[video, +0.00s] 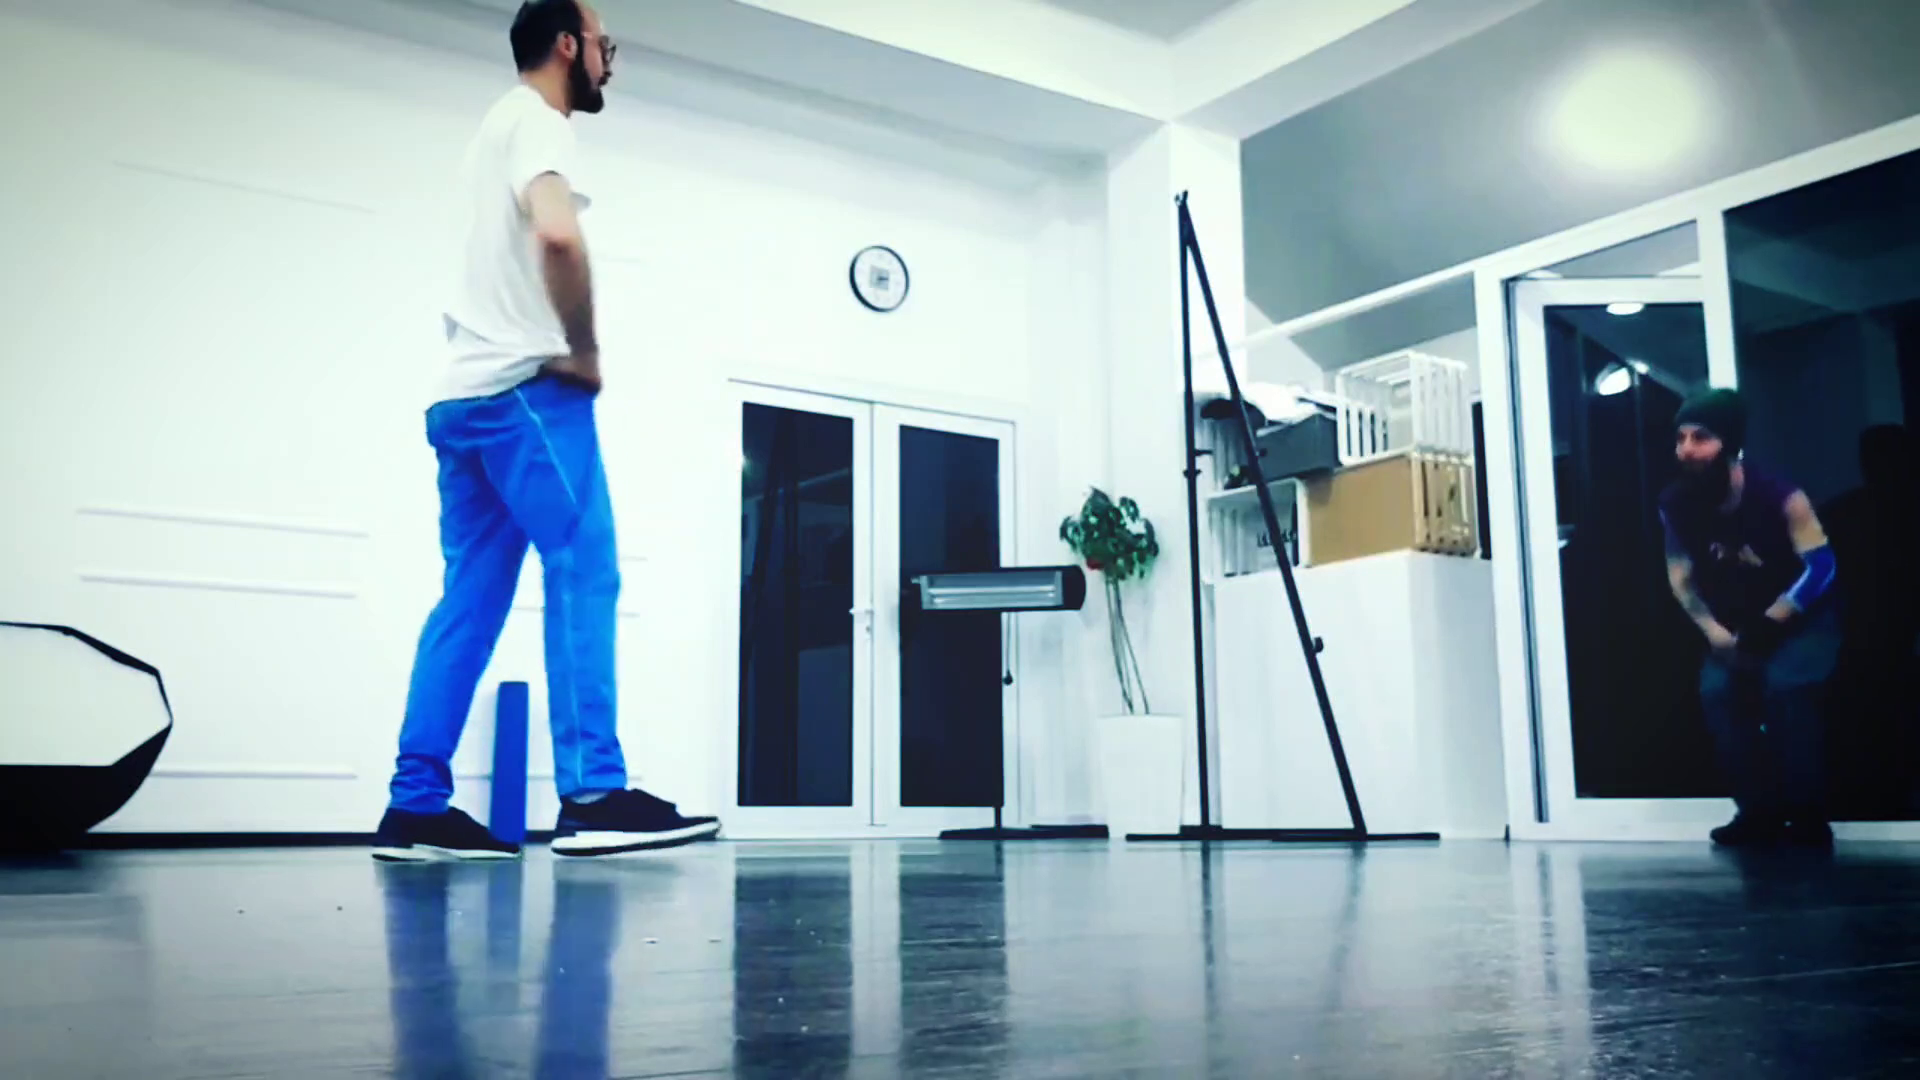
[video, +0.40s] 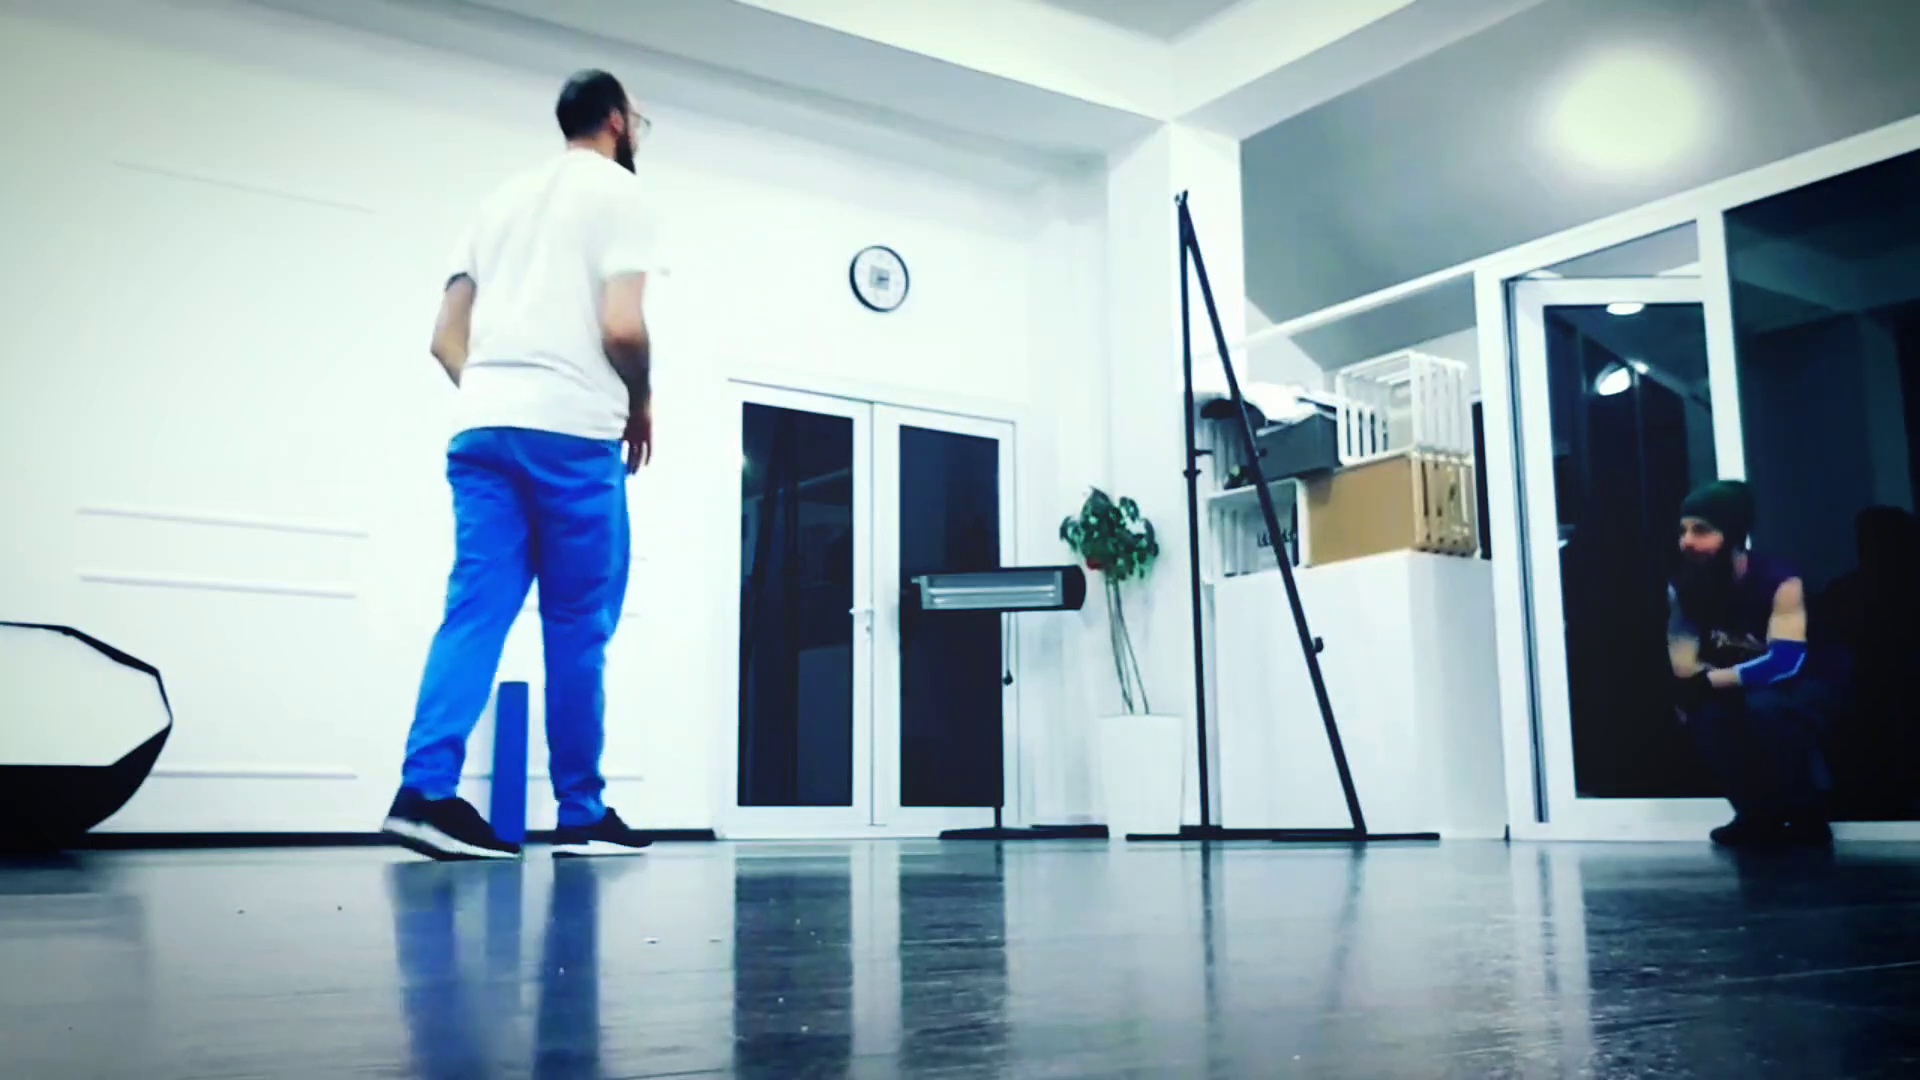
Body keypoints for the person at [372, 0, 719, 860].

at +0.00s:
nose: (607, 65)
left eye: (606, 49)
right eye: (602, 46)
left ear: (536, 50)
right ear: (569, 45)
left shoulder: (499, 126)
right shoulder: (534, 122)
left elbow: (487, 263)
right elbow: (558, 238)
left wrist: (529, 350)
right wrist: (584, 351)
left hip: (467, 401)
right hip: (529, 395)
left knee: (471, 600)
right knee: (586, 575)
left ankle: (416, 802)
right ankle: (595, 791)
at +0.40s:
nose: (637, 135)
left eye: (633, 124)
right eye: (635, 123)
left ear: (564, 125)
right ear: (619, 119)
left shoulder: (500, 199)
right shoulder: (618, 191)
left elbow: (448, 337)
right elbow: (622, 328)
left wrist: (508, 403)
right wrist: (640, 404)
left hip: (484, 421)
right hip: (575, 427)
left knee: (477, 605)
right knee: (578, 624)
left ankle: (427, 791)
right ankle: (582, 810)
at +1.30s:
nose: (721, 236)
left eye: (722, 223)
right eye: (718, 222)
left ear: (659, 217)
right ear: (692, 219)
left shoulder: (601, 278)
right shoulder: (700, 285)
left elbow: (571, 373)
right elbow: (712, 409)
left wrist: (616, 428)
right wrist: (665, 442)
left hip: (579, 474)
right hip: (657, 479)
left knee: (567, 647)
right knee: (690, 639)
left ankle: (538, 804)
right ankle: (622, 786)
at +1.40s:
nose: (744, 239)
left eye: (745, 227)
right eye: (738, 226)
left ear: (689, 223)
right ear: (704, 224)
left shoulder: (634, 275)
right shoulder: (717, 292)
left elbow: (646, 372)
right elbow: (718, 417)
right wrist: (673, 425)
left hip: (595, 478)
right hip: (668, 485)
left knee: (578, 646)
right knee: (706, 641)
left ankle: (539, 801)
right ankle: (711, 799)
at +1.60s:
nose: (798, 265)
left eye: (799, 253)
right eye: (791, 252)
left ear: (749, 254)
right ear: (751, 252)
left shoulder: (699, 312)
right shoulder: (751, 327)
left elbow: (699, 429)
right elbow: (760, 451)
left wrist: (761, 436)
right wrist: (785, 445)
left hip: (665, 515)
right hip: (721, 522)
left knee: (657, 661)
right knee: (766, 660)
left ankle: (565, 767)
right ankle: (775, 810)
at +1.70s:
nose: (817, 272)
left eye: (819, 261)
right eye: (807, 261)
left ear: (769, 267)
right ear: (769, 263)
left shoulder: (744, 329)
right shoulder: (764, 336)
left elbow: (762, 444)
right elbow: (787, 452)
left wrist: (797, 449)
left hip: (726, 526)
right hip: (752, 528)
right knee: (804, 661)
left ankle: (659, 746)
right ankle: (780, 811)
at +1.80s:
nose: (831, 263)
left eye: (834, 251)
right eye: (817, 252)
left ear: (832, 252)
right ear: (784, 256)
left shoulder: (817, 330)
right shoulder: (765, 325)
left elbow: (812, 426)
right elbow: (795, 433)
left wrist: (823, 466)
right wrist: (855, 417)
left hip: (811, 521)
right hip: (758, 523)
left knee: (858, 646)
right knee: (798, 662)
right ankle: (781, 813)